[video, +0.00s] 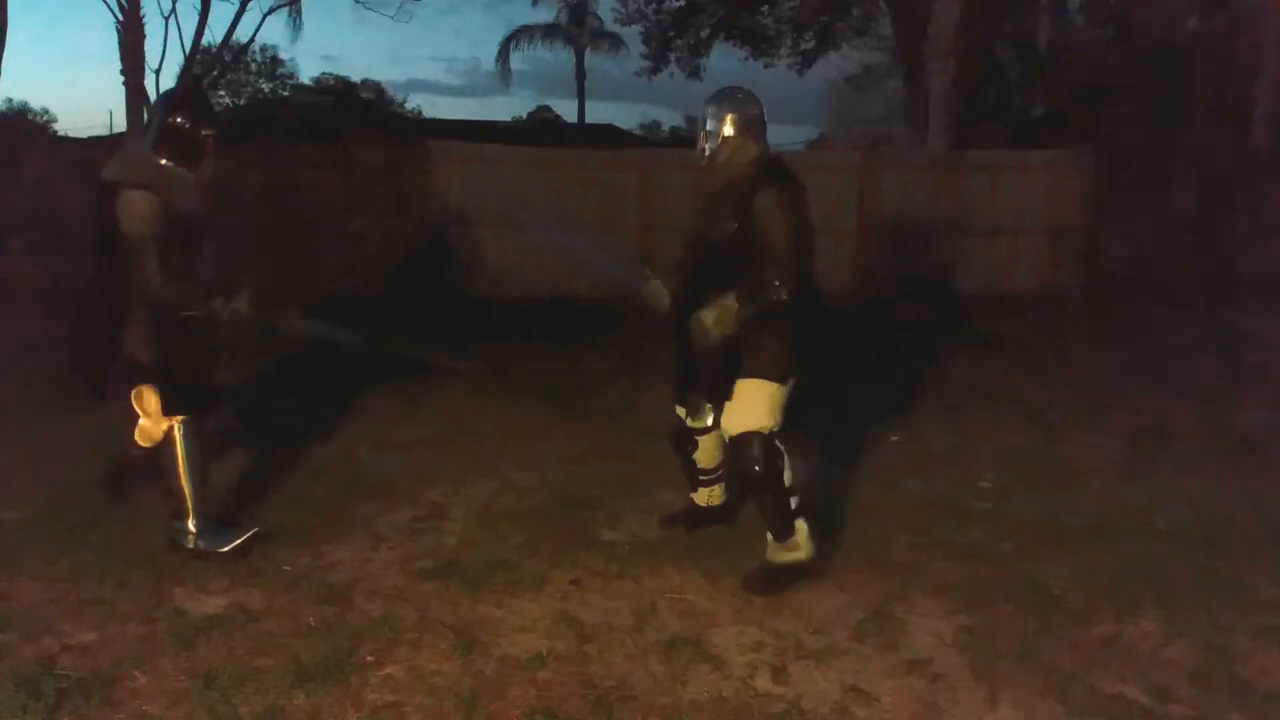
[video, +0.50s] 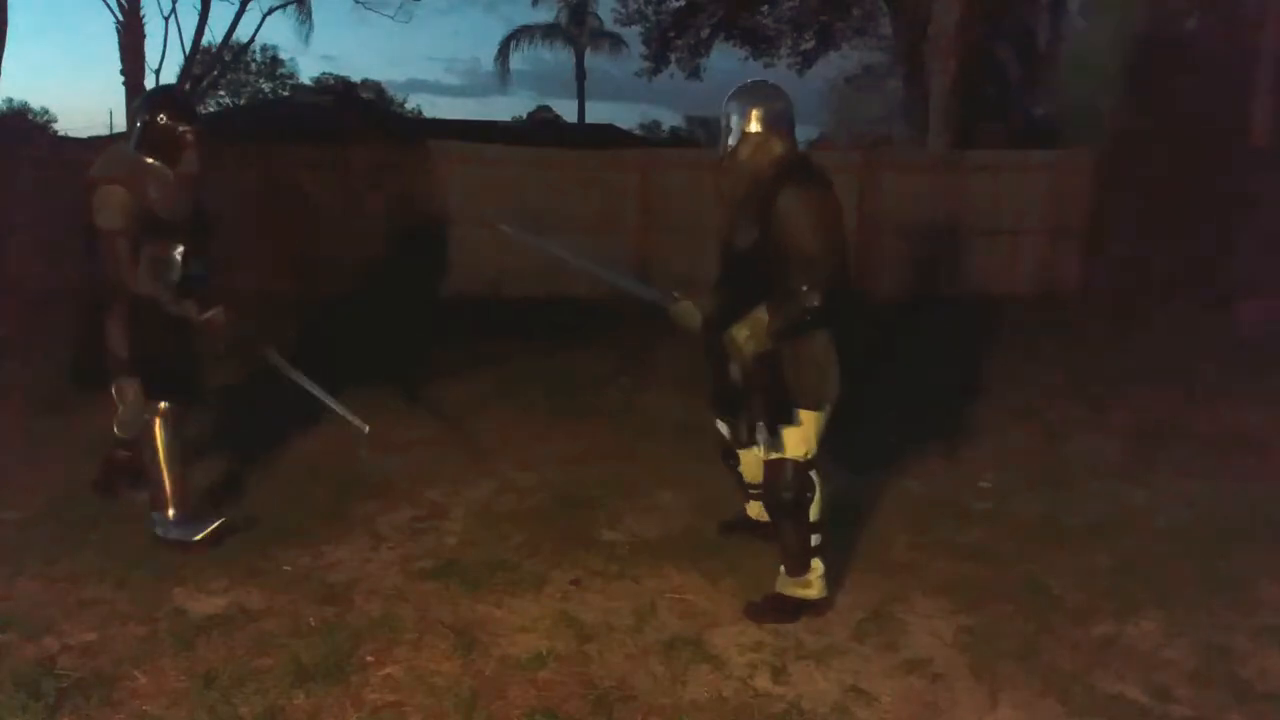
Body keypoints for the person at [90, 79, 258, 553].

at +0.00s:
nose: (206, 143)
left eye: (207, 133)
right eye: (199, 133)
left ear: (170, 133)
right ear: (174, 131)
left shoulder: (175, 184)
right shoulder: (142, 192)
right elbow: (150, 282)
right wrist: (210, 306)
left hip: (175, 321)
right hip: (158, 326)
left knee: (161, 414)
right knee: (180, 417)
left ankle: (125, 470)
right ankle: (195, 523)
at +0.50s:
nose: (187, 138)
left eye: (189, 129)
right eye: (179, 128)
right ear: (154, 127)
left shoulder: (173, 183)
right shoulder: (119, 183)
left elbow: (187, 255)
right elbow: (121, 275)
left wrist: (206, 299)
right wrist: (188, 310)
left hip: (166, 305)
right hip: (137, 308)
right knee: (164, 402)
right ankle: (173, 511)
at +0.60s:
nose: (191, 141)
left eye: (193, 132)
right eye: (184, 131)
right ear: (159, 129)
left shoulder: (175, 184)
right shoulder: (123, 183)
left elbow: (184, 254)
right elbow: (127, 277)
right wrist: (190, 314)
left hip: (168, 305)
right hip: (143, 309)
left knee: (152, 396)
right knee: (170, 402)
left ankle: (124, 466)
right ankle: (176, 512)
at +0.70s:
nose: (195, 142)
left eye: (195, 133)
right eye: (188, 132)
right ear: (165, 129)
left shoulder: (174, 182)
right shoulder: (128, 180)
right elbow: (128, 274)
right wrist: (195, 312)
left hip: (175, 306)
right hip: (152, 310)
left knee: (160, 400)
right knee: (177, 406)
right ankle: (176, 513)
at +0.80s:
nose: (206, 143)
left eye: (205, 133)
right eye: (199, 132)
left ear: (169, 132)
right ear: (175, 131)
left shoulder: (180, 183)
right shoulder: (137, 182)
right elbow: (136, 277)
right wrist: (205, 312)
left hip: (177, 309)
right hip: (156, 311)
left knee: (171, 404)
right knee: (176, 409)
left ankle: (167, 503)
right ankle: (178, 514)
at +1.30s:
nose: (248, 150)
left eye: (248, 141)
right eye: (242, 140)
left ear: (220, 143)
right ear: (221, 140)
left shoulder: (231, 186)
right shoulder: (181, 187)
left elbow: (240, 256)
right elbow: (186, 274)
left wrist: (270, 281)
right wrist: (241, 288)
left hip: (227, 308)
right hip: (195, 310)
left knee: (235, 397)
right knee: (211, 403)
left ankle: (206, 493)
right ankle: (185, 511)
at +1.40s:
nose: (256, 168)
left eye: (256, 159)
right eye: (251, 159)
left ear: (226, 155)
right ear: (231, 157)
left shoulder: (236, 191)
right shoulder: (195, 191)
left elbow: (242, 257)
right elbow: (197, 273)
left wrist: (276, 279)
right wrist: (251, 284)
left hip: (232, 306)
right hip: (207, 308)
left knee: (241, 388)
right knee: (229, 390)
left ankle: (209, 484)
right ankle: (200, 496)